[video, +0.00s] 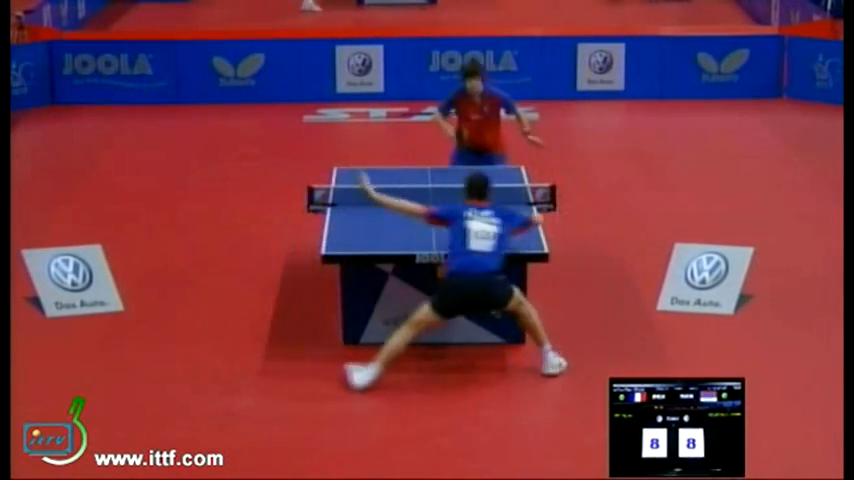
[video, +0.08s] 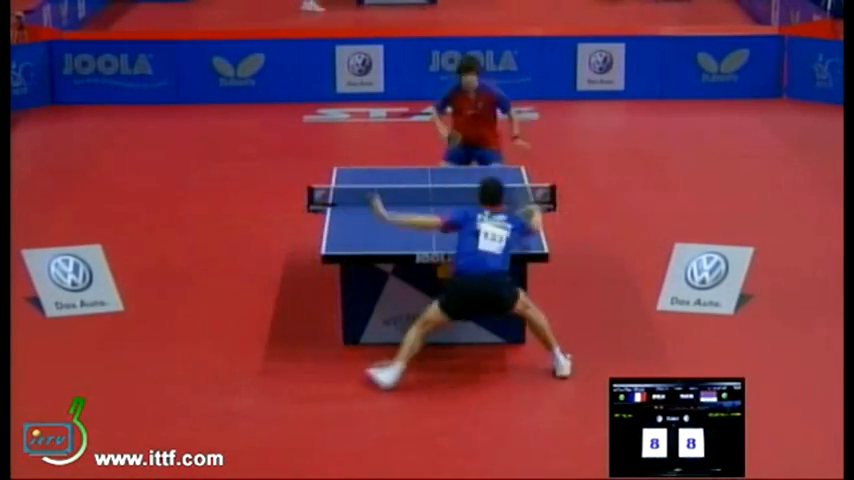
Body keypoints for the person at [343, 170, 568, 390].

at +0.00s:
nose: (472, 195)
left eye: (470, 191)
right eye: (480, 192)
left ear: (466, 194)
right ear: (488, 195)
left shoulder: (457, 213)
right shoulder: (503, 217)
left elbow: (418, 211)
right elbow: (534, 222)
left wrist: (375, 197)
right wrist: (537, 216)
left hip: (457, 283)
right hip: (492, 283)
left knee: (413, 326)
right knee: (523, 310)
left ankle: (371, 371)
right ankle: (550, 357)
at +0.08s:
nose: (492, 200)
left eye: (486, 196)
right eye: (497, 197)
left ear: (480, 199)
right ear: (502, 200)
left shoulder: (468, 216)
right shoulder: (512, 222)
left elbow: (434, 223)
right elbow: (535, 231)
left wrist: (388, 219)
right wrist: (536, 215)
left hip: (463, 284)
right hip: (498, 284)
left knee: (422, 326)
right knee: (530, 312)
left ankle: (393, 371)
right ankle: (559, 359)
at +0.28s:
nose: (471, 195)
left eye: (467, 190)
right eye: (475, 191)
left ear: (460, 195)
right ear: (483, 196)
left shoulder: (449, 217)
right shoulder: (492, 219)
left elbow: (410, 223)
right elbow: (521, 246)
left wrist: (365, 213)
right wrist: (530, 229)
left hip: (457, 289)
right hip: (493, 288)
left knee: (408, 307)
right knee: (524, 312)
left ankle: (404, 370)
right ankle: (558, 359)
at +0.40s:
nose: (446, 183)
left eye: (441, 178)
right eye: (453, 179)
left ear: (435, 181)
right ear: (460, 183)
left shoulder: (420, 204)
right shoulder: (468, 211)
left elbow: (384, 214)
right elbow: (496, 244)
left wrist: (353, 224)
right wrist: (500, 227)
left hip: (425, 278)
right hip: (461, 279)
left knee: (384, 304)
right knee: (496, 314)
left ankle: (391, 366)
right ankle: (532, 356)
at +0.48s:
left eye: (430, 179)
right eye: (443, 180)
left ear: (423, 182)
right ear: (447, 183)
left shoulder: (407, 203)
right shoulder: (455, 208)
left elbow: (369, 224)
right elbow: (479, 245)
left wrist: (357, 246)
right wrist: (483, 236)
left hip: (407, 270)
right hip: (443, 272)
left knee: (369, 304)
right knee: (477, 310)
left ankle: (363, 365)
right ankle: (492, 366)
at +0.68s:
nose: (412, 199)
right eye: (413, 195)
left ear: (390, 192)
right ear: (412, 197)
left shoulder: (370, 212)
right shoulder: (406, 222)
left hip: (352, 282)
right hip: (386, 285)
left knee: (312, 317)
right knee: (427, 324)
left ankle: (298, 378)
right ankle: (459, 378)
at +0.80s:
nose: (393, 207)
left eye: (392, 201)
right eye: (393, 202)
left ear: (369, 195)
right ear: (389, 203)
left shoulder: (349, 214)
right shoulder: (371, 225)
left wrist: (384, 271)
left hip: (310, 276)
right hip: (337, 282)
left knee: (302, 323)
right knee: (383, 323)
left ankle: (263, 370)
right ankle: (401, 386)